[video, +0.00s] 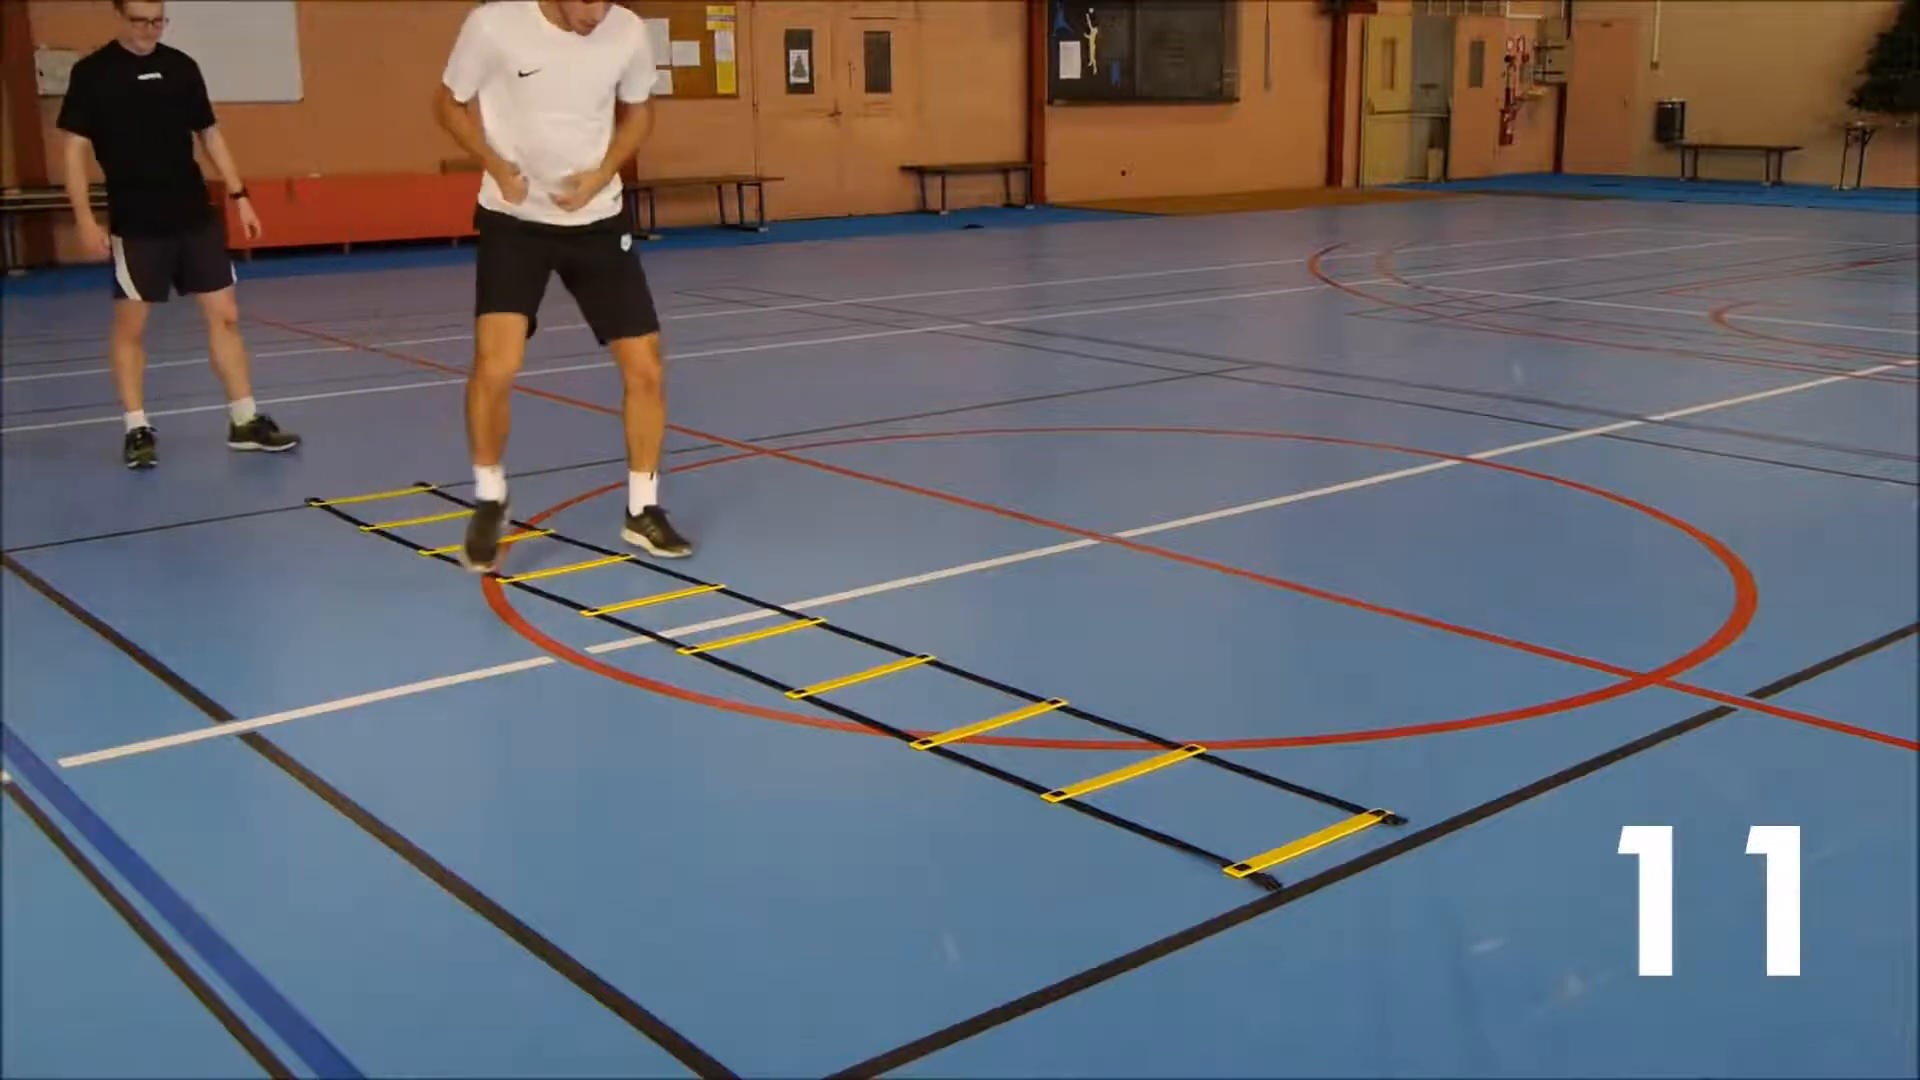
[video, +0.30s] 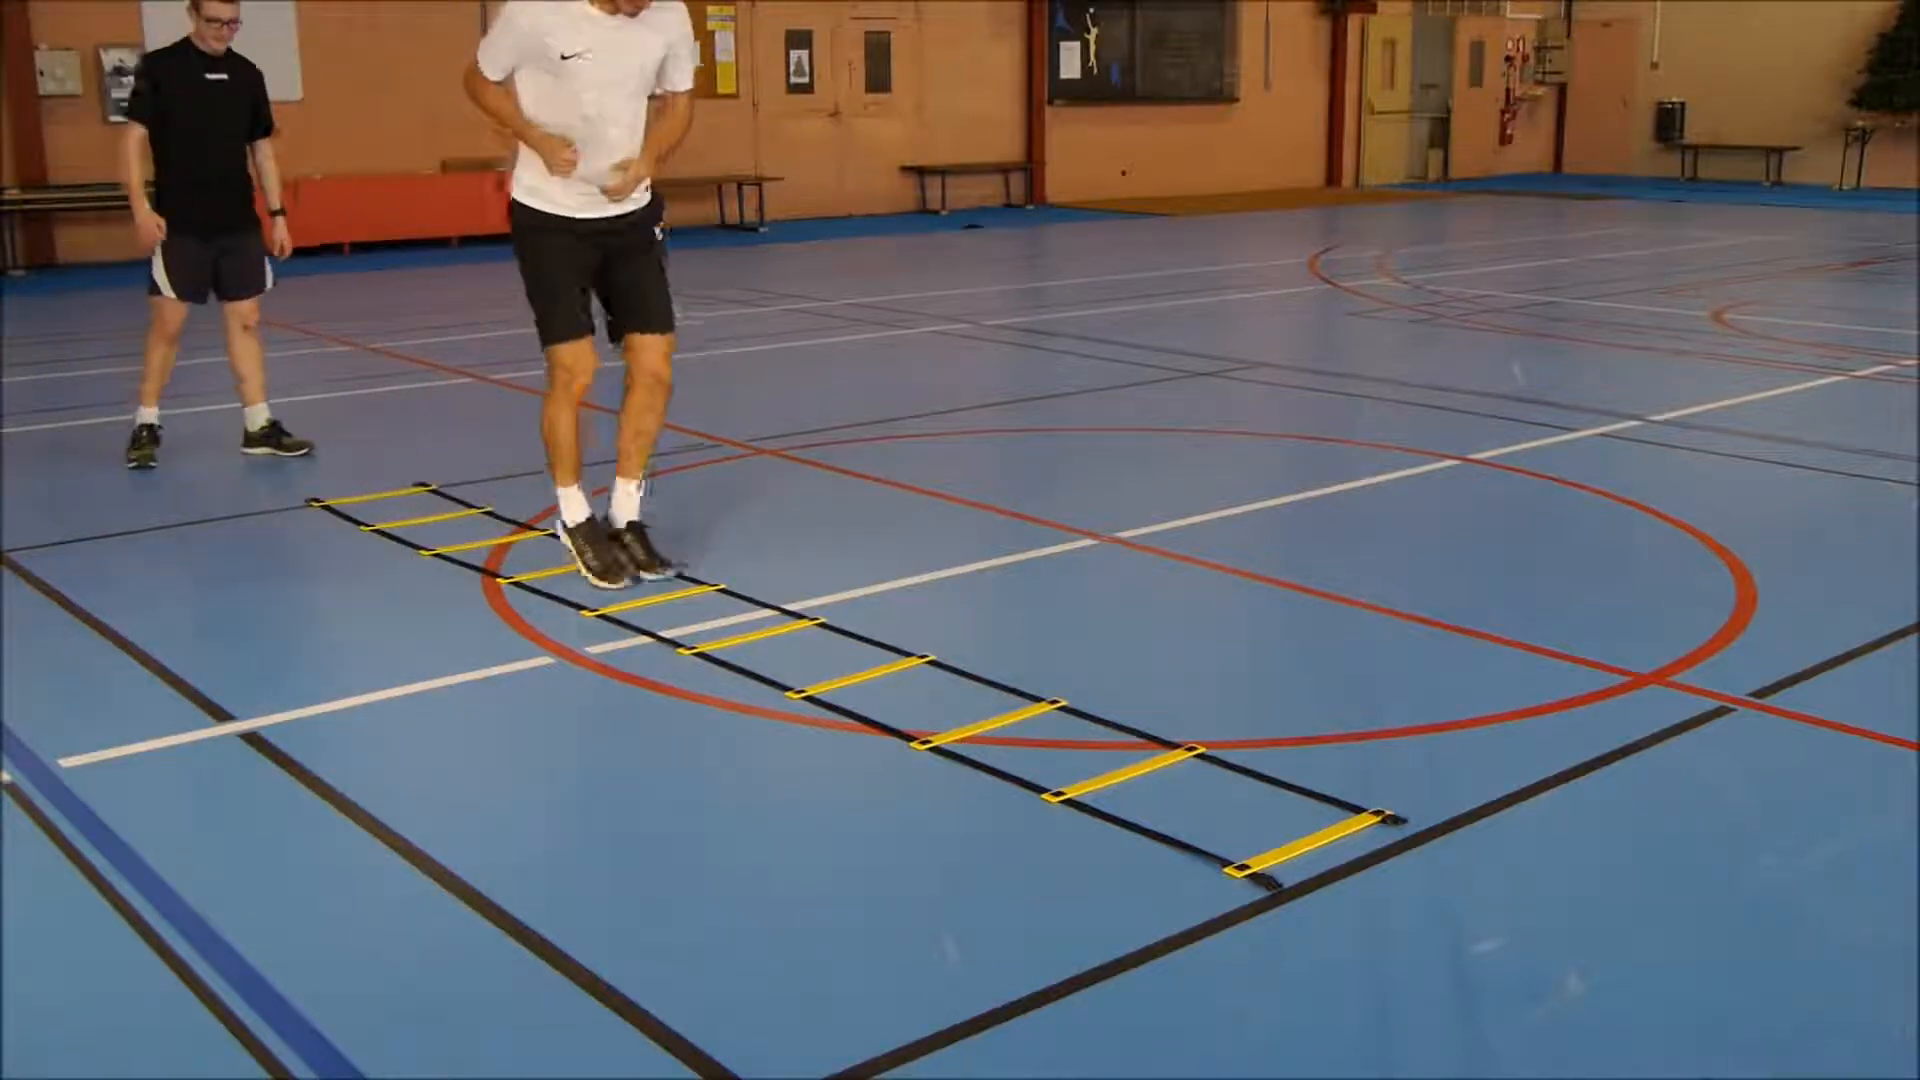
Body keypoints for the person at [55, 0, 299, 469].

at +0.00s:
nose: (150, 30)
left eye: (158, 20)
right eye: (139, 21)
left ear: (165, 16)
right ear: (117, 16)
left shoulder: (182, 66)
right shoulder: (91, 73)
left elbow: (210, 136)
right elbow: (74, 150)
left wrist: (240, 197)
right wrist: (86, 221)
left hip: (195, 214)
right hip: (135, 221)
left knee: (225, 316)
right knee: (131, 328)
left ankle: (245, 420)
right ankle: (137, 428)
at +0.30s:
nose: (224, 31)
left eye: (232, 23)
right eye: (215, 22)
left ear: (240, 20)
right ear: (192, 16)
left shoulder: (248, 75)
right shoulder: (158, 68)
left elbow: (262, 149)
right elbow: (134, 139)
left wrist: (277, 215)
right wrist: (140, 208)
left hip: (238, 219)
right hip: (180, 221)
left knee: (246, 320)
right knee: (168, 325)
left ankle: (259, 425)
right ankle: (147, 425)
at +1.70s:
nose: (314, 32)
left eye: (322, 23)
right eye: (304, 21)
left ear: (330, 19)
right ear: (281, 12)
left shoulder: (341, 72)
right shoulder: (243, 62)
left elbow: (352, 153)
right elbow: (216, 135)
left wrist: (331, 210)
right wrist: (219, 207)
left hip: (319, 224)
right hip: (257, 224)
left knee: (328, 335)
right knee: (252, 335)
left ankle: (337, 442)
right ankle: (245, 437)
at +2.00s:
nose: (321, 40)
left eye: (331, 31)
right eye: (313, 30)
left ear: (340, 23)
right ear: (291, 16)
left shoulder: (349, 77)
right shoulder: (251, 62)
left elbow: (354, 158)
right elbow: (219, 134)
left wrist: (336, 214)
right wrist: (216, 208)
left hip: (322, 224)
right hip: (261, 225)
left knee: (328, 334)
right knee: (263, 335)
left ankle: (337, 444)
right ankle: (265, 446)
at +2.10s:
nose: (314, 46)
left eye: (323, 36)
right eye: (304, 36)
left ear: (332, 26)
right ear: (282, 21)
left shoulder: (338, 76)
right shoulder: (240, 68)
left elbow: (348, 155)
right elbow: (212, 145)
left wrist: (334, 213)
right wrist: (218, 216)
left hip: (320, 226)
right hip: (259, 229)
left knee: (329, 335)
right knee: (265, 339)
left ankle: (337, 443)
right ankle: (269, 448)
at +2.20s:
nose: (306, 49)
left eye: (314, 40)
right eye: (296, 40)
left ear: (323, 27)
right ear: (272, 25)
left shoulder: (329, 71)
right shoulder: (231, 70)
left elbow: (340, 149)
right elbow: (206, 148)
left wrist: (331, 209)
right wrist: (218, 221)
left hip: (318, 225)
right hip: (258, 229)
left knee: (330, 334)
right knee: (265, 339)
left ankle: (336, 444)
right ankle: (269, 449)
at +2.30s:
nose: (298, 53)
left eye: (306, 43)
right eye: (287, 44)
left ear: (315, 30)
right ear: (263, 28)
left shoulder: (321, 70)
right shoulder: (224, 75)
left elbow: (333, 147)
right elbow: (202, 158)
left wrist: (325, 205)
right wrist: (220, 226)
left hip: (315, 223)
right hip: (255, 231)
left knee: (338, 332)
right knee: (263, 340)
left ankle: (336, 441)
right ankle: (269, 449)